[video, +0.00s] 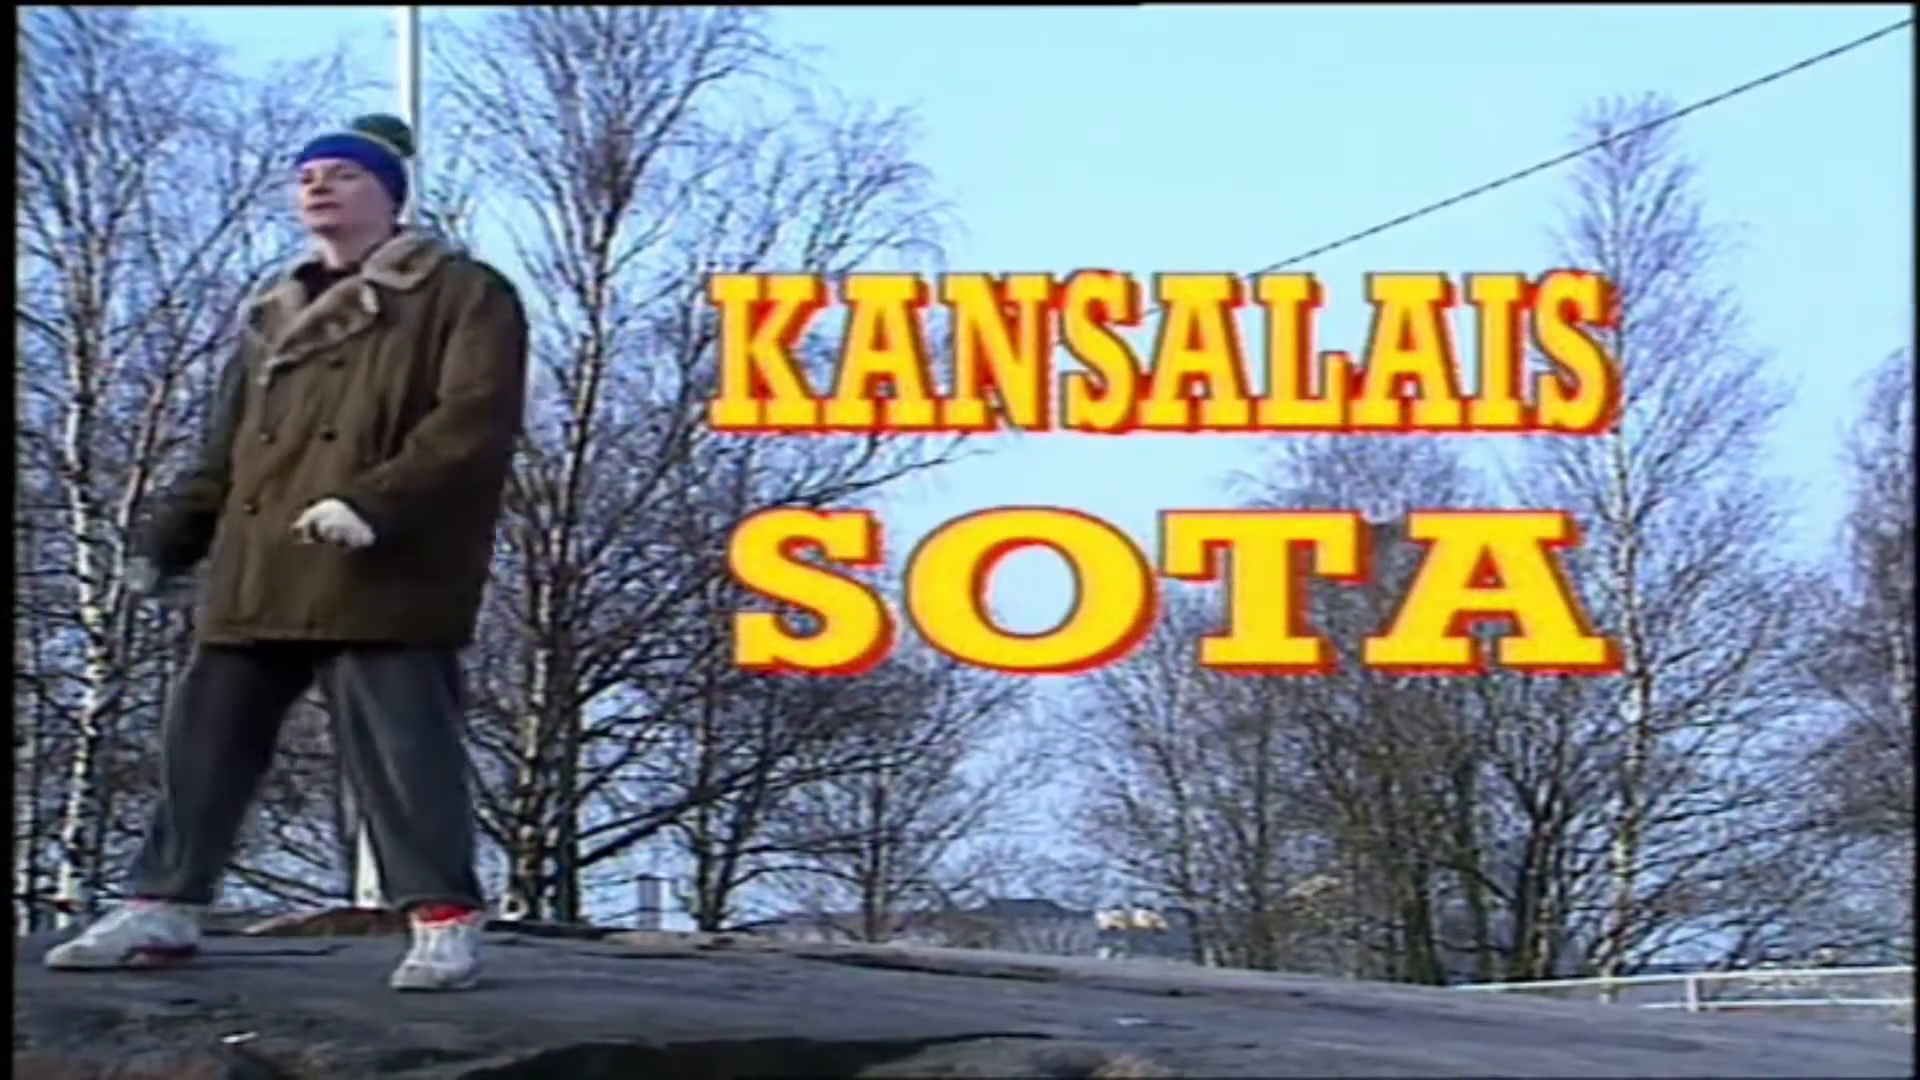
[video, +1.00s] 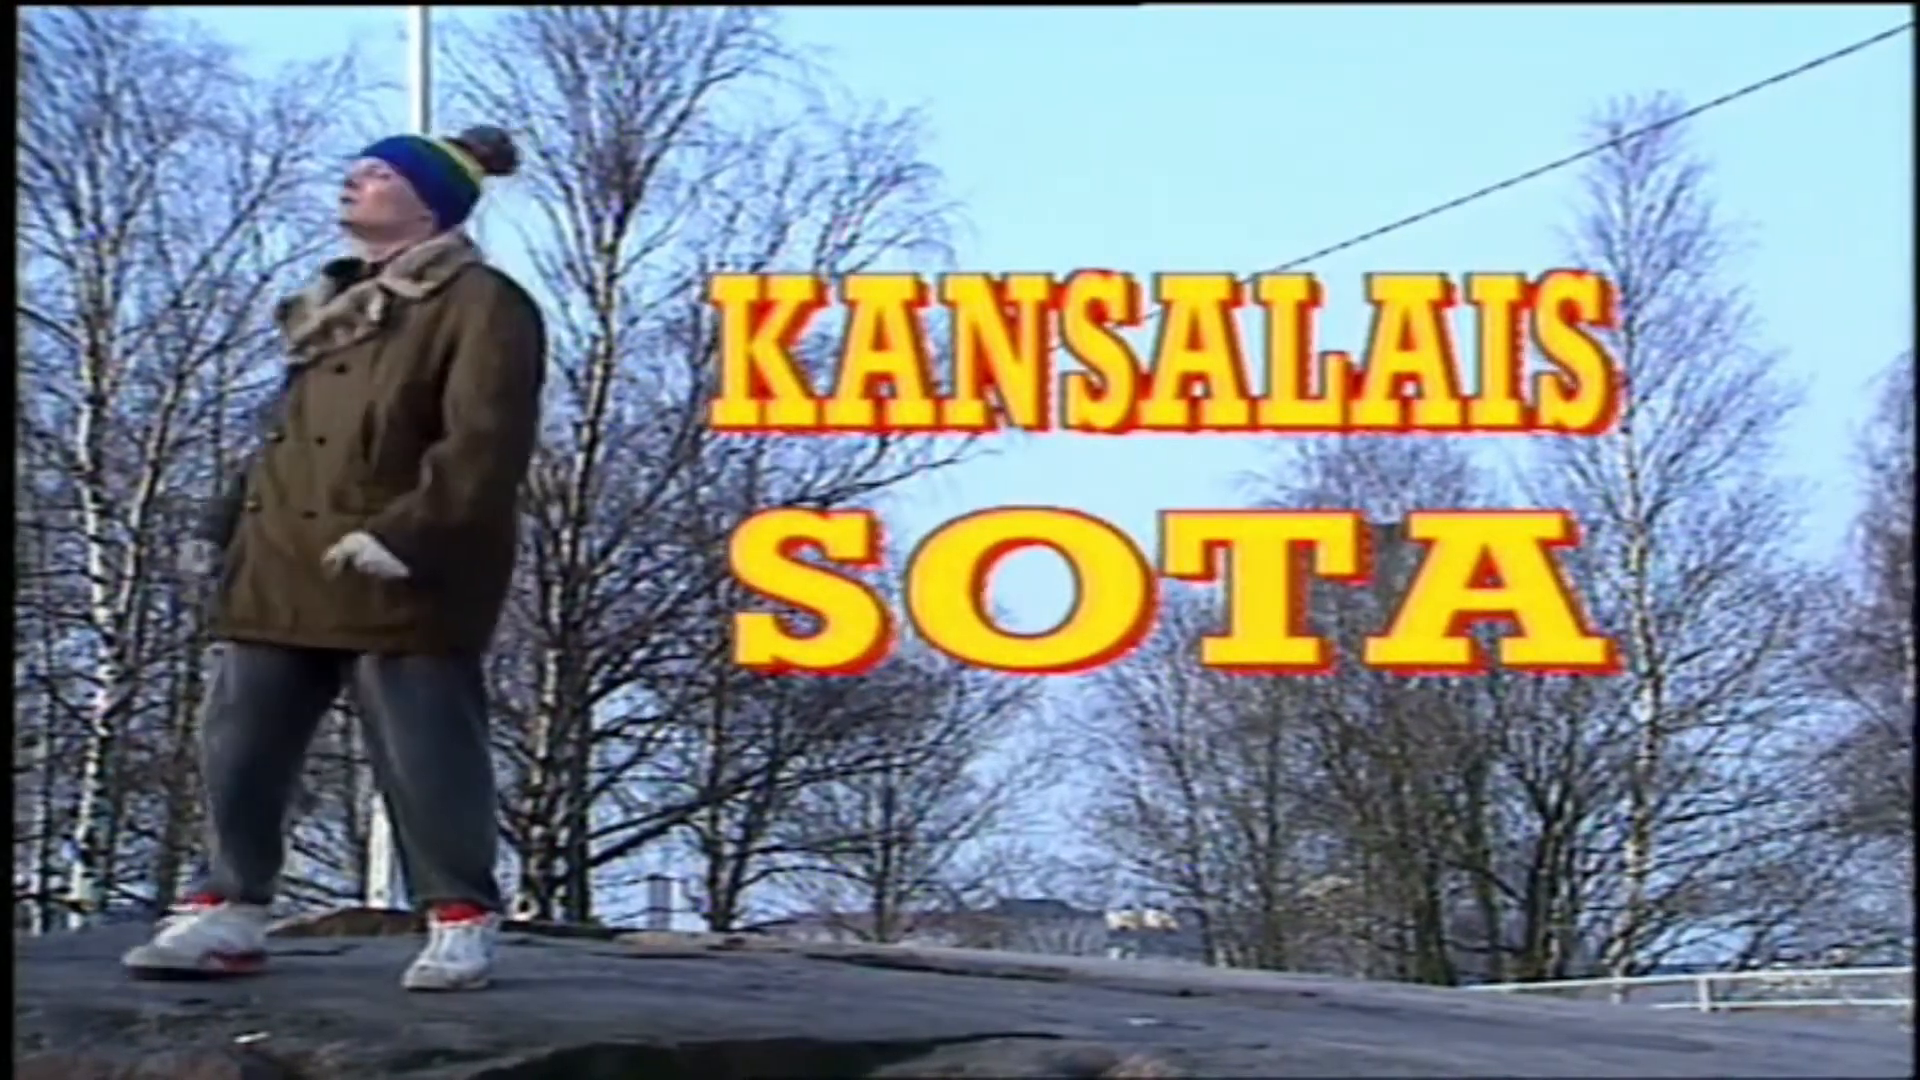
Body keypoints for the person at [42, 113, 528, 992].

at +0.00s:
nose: (315, 185)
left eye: (338, 173)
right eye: (306, 177)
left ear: (390, 192)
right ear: (298, 201)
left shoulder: (466, 292)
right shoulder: (275, 310)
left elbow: (474, 432)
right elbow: (229, 447)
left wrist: (374, 504)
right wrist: (172, 529)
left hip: (383, 565)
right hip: (261, 564)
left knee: (404, 737)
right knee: (208, 723)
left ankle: (445, 918)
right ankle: (164, 906)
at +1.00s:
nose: (353, 180)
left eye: (376, 172)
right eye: (357, 171)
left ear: (425, 201)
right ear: (374, 204)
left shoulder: (486, 304)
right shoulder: (337, 307)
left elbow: (483, 449)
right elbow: (291, 439)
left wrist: (403, 533)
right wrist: (238, 524)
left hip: (406, 574)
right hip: (288, 565)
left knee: (424, 747)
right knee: (244, 736)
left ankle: (461, 919)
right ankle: (234, 910)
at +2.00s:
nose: (351, 180)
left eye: (375, 172)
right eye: (338, 171)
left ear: (417, 200)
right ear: (318, 198)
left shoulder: (453, 270)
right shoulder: (258, 284)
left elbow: (499, 323)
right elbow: (200, 372)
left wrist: (382, 260)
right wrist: (219, 416)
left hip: (414, 548)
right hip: (280, 552)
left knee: (426, 740)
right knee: (272, 741)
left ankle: (450, 918)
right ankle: (275, 917)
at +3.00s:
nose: (342, 178)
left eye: (364, 167)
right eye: (331, 169)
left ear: (413, 189)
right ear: (316, 193)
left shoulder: (475, 276)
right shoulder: (282, 280)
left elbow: (469, 357)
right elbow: (189, 364)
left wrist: (330, 334)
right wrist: (157, 326)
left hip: (407, 559)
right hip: (275, 559)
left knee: (417, 747)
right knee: (276, 747)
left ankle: (441, 920)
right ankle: (285, 918)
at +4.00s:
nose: (345, 179)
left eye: (368, 169)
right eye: (335, 172)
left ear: (421, 197)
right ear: (322, 201)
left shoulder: (481, 285)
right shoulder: (281, 286)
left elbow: (472, 367)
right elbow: (198, 376)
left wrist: (343, 351)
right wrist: (170, 321)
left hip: (417, 558)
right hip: (285, 556)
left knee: (427, 745)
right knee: (286, 743)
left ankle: (452, 919)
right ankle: (293, 918)